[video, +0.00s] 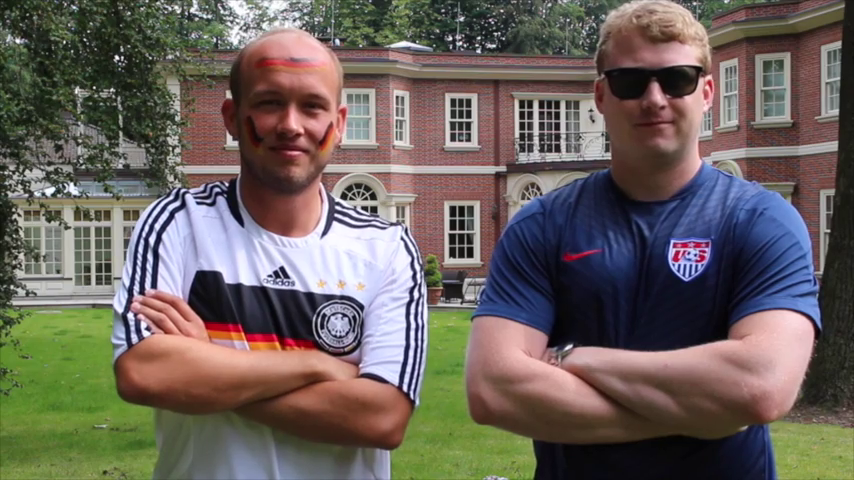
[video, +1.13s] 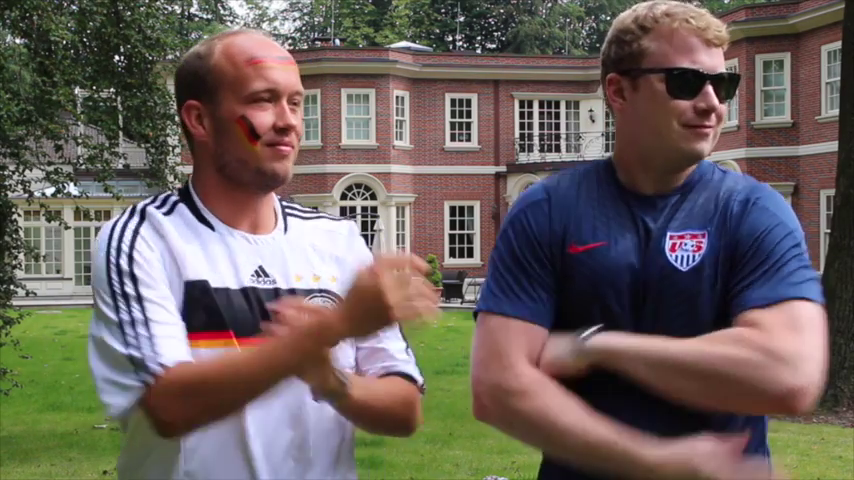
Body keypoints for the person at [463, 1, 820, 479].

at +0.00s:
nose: (653, 98)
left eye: (675, 80)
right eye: (630, 81)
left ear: (707, 93)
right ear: (600, 97)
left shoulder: (762, 221)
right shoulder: (540, 227)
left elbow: (762, 389)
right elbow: (493, 391)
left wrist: (570, 361)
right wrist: (686, 411)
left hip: (724, 473)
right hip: (575, 474)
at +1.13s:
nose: (711, 102)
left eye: (720, 84)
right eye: (684, 82)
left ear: (728, 92)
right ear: (618, 93)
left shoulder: (753, 211)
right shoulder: (542, 213)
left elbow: (789, 374)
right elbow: (497, 387)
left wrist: (592, 346)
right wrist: (653, 457)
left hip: (724, 472)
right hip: (578, 469)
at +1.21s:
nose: (700, 115)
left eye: (713, 95)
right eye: (674, 95)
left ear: (723, 97)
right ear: (611, 100)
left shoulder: (760, 214)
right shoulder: (542, 213)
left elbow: (847, 368)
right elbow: (498, 380)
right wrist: (590, 454)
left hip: (730, 469)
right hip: (593, 473)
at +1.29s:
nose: (679, 132)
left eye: (695, 108)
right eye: (653, 113)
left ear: (710, 105)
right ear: (601, 113)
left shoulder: (763, 214)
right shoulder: (542, 211)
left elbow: (823, 342)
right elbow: (492, 378)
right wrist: (600, 415)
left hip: (729, 470)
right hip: (592, 474)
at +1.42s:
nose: (655, 156)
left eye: (677, 133)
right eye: (632, 133)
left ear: (708, 122)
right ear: (601, 123)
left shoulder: (762, 236)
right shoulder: (544, 224)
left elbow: (811, 383)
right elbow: (495, 381)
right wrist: (582, 438)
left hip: (718, 466)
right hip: (591, 471)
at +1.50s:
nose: (661, 183)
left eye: (684, 161)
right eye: (638, 160)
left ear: (716, 148)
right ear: (611, 145)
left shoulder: (768, 259)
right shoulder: (552, 238)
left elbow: (804, 433)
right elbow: (503, 371)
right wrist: (546, 425)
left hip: (720, 466)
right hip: (587, 465)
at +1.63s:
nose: (692, 182)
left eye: (716, 162)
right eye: (670, 158)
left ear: (748, 138)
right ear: (646, 136)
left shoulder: (777, 256)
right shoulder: (590, 212)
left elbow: (693, 414)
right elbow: (535, 344)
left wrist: (516, 401)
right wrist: (434, 412)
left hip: (740, 472)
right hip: (619, 469)